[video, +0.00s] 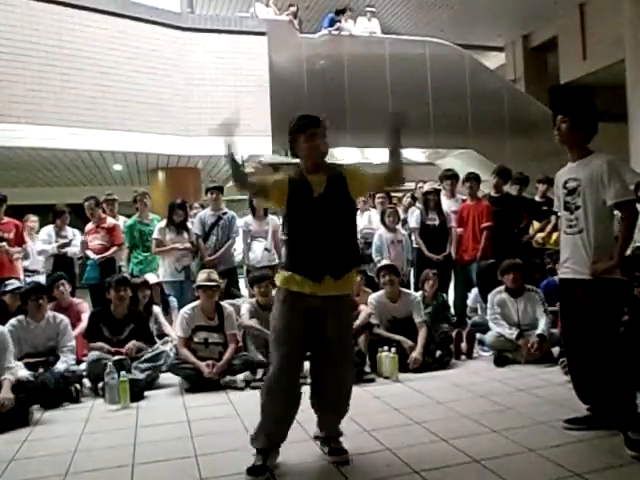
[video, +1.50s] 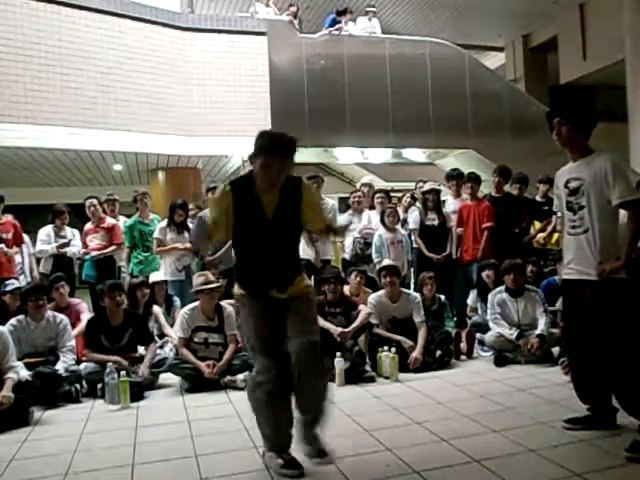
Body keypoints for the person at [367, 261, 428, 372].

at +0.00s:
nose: (388, 279)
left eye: (391, 274)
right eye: (384, 276)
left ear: (398, 277)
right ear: (379, 281)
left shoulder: (413, 298)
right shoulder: (374, 299)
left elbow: (422, 327)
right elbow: (375, 328)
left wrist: (418, 351)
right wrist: (401, 339)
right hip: (386, 334)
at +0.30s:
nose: (388, 279)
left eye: (392, 274)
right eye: (384, 276)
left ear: (399, 278)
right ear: (379, 281)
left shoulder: (413, 298)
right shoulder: (374, 300)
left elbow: (422, 327)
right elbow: (375, 328)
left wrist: (418, 351)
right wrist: (401, 340)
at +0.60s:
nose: (389, 278)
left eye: (392, 274)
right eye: (385, 275)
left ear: (399, 278)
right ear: (380, 281)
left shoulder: (413, 298)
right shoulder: (374, 300)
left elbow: (422, 326)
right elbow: (375, 328)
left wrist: (418, 351)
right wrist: (401, 339)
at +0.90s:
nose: (389, 279)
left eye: (392, 275)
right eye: (385, 276)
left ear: (399, 278)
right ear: (380, 280)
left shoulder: (413, 298)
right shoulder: (374, 300)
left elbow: (422, 327)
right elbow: (374, 328)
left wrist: (418, 351)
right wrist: (401, 339)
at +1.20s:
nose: (389, 280)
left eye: (392, 275)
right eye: (384, 276)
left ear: (399, 277)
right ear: (380, 281)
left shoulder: (413, 298)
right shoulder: (374, 300)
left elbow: (422, 327)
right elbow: (374, 328)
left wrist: (418, 351)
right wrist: (401, 339)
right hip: (387, 338)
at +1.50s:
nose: (389, 280)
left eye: (392, 276)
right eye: (385, 277)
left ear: (399, 278)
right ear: (380, 280)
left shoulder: (413, 298)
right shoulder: (374, 299)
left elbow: (422, 326)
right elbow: (374, 328)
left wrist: (418, 351)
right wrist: (401, 339)